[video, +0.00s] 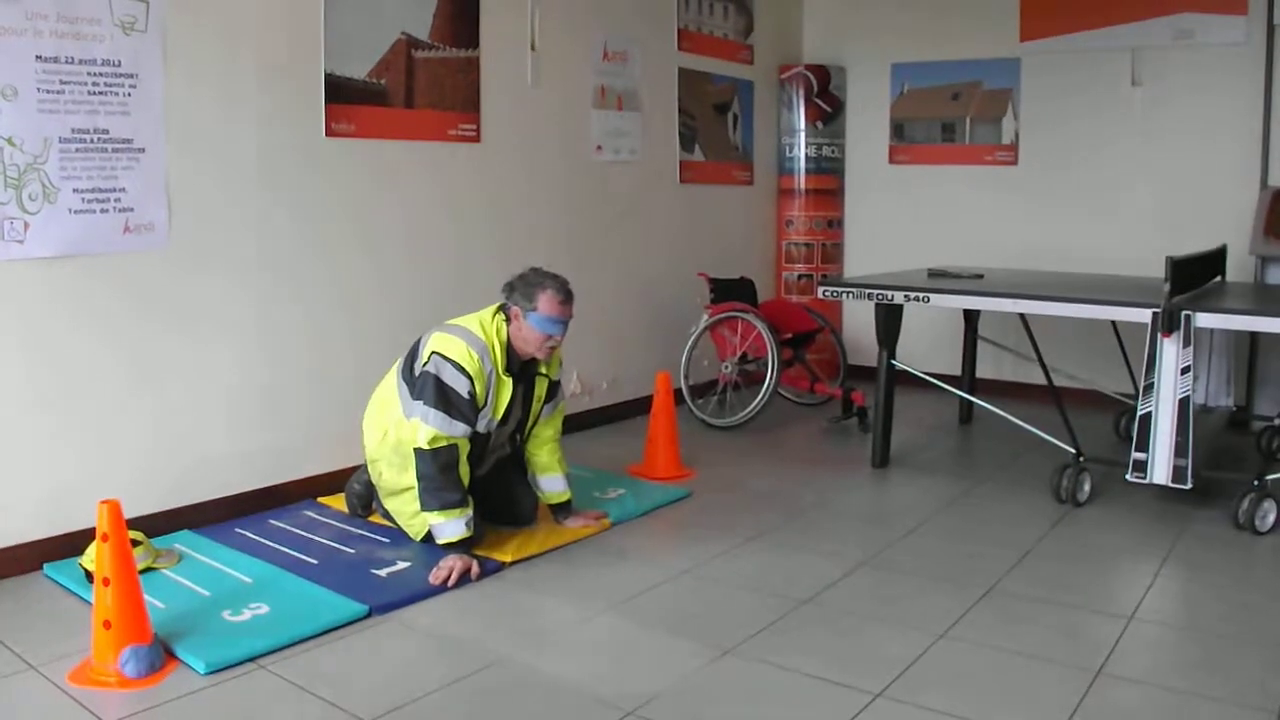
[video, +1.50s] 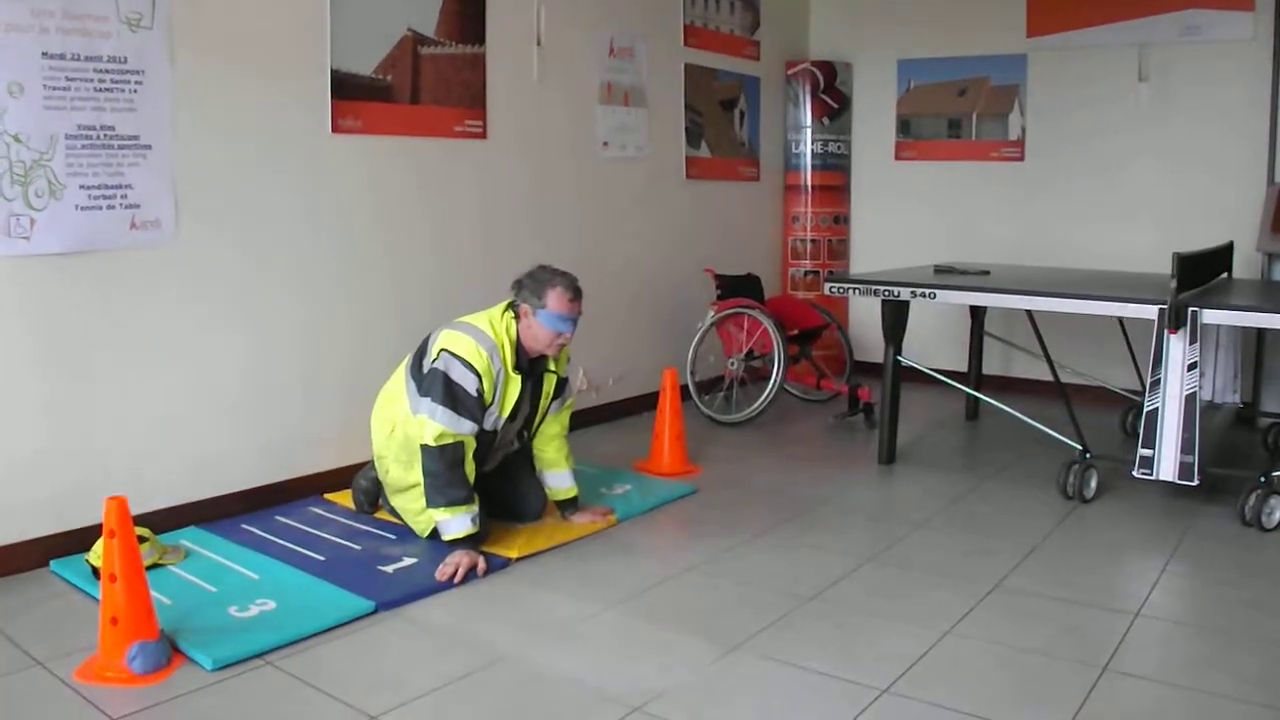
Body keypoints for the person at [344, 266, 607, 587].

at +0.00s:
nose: (557, 338)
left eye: (563, 328)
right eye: (548, 326)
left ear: (567, 323)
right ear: (515, 317)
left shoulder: (546, 357)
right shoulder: (457, 355)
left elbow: (543, 434)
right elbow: (437, 451)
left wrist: (563, 510)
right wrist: (456, 548)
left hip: (477, 438)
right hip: (403, 445)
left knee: (520, 512)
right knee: (440, 534)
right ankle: (378, 483)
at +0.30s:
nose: (557, 339)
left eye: (563, 328)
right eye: (548, 326)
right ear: (515, 317)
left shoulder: (544, 357)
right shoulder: (457, 356)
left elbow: (543, 435)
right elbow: (437, 452)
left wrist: (564, 510)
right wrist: (458, 548)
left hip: (477, 439)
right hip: (405, 448)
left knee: (520, 511)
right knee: (441, 535)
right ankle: (380, 483)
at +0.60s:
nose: (560, 341)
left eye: (567, 331)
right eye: (552, 329)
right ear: (519, 320)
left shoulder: (548, 360)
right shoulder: (461, 357)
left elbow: (545, 437)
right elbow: (438, 452)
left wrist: (565, 511)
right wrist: (458, 549)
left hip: (478, 439)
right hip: (406, 447)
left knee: (521, 511)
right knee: (443, 536)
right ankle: (381, 483)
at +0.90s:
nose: (561, 340)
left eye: (567, 329)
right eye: (553, 328)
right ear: (519, 319)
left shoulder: (548, 359)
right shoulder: (460, 356)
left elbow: (545, 435)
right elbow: (438, 452)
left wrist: (566, 510)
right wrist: (459, 547)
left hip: (480, 439)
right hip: (407, 447)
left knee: (522, 511)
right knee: (450, 536)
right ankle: (382, 481)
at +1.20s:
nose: (560, 338)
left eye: (566, 327)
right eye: (552, 325)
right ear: (518, 317)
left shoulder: (549, 356)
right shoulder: (461, 354)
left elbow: (547, 433)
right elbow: (439, 449)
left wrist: (567, 508)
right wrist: (460, 546)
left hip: (483, 438)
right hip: (409, 445)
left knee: (525, 510)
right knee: (451, 534)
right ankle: (384, 481)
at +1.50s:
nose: (567, 335)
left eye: (573, 325)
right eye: (559, 323)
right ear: (524, 314)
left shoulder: (553, 354)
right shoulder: (467, 352)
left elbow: (550, 431)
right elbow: (442, 447)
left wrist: (570, 506)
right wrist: (462, 544)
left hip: (486, 434)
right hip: (412, 442)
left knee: (529, 507)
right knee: (453, 531)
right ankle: (386, 479)